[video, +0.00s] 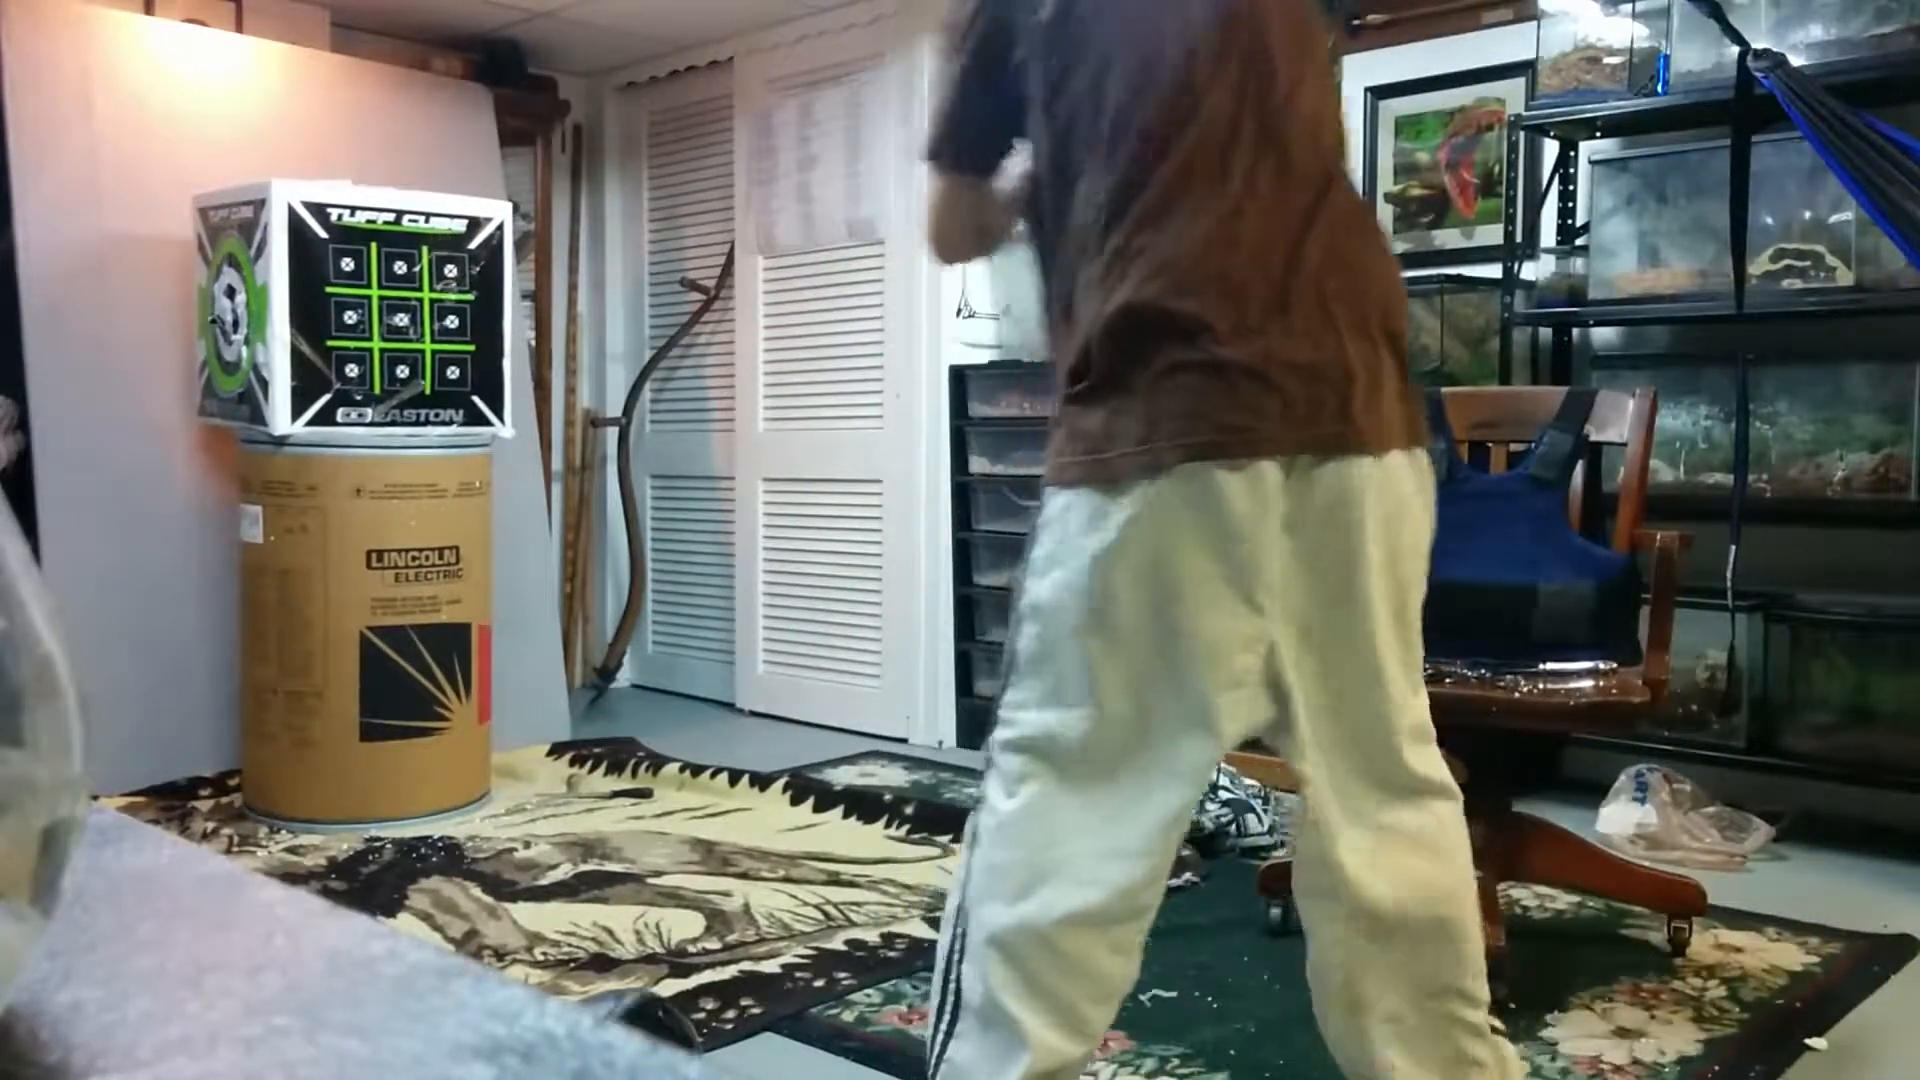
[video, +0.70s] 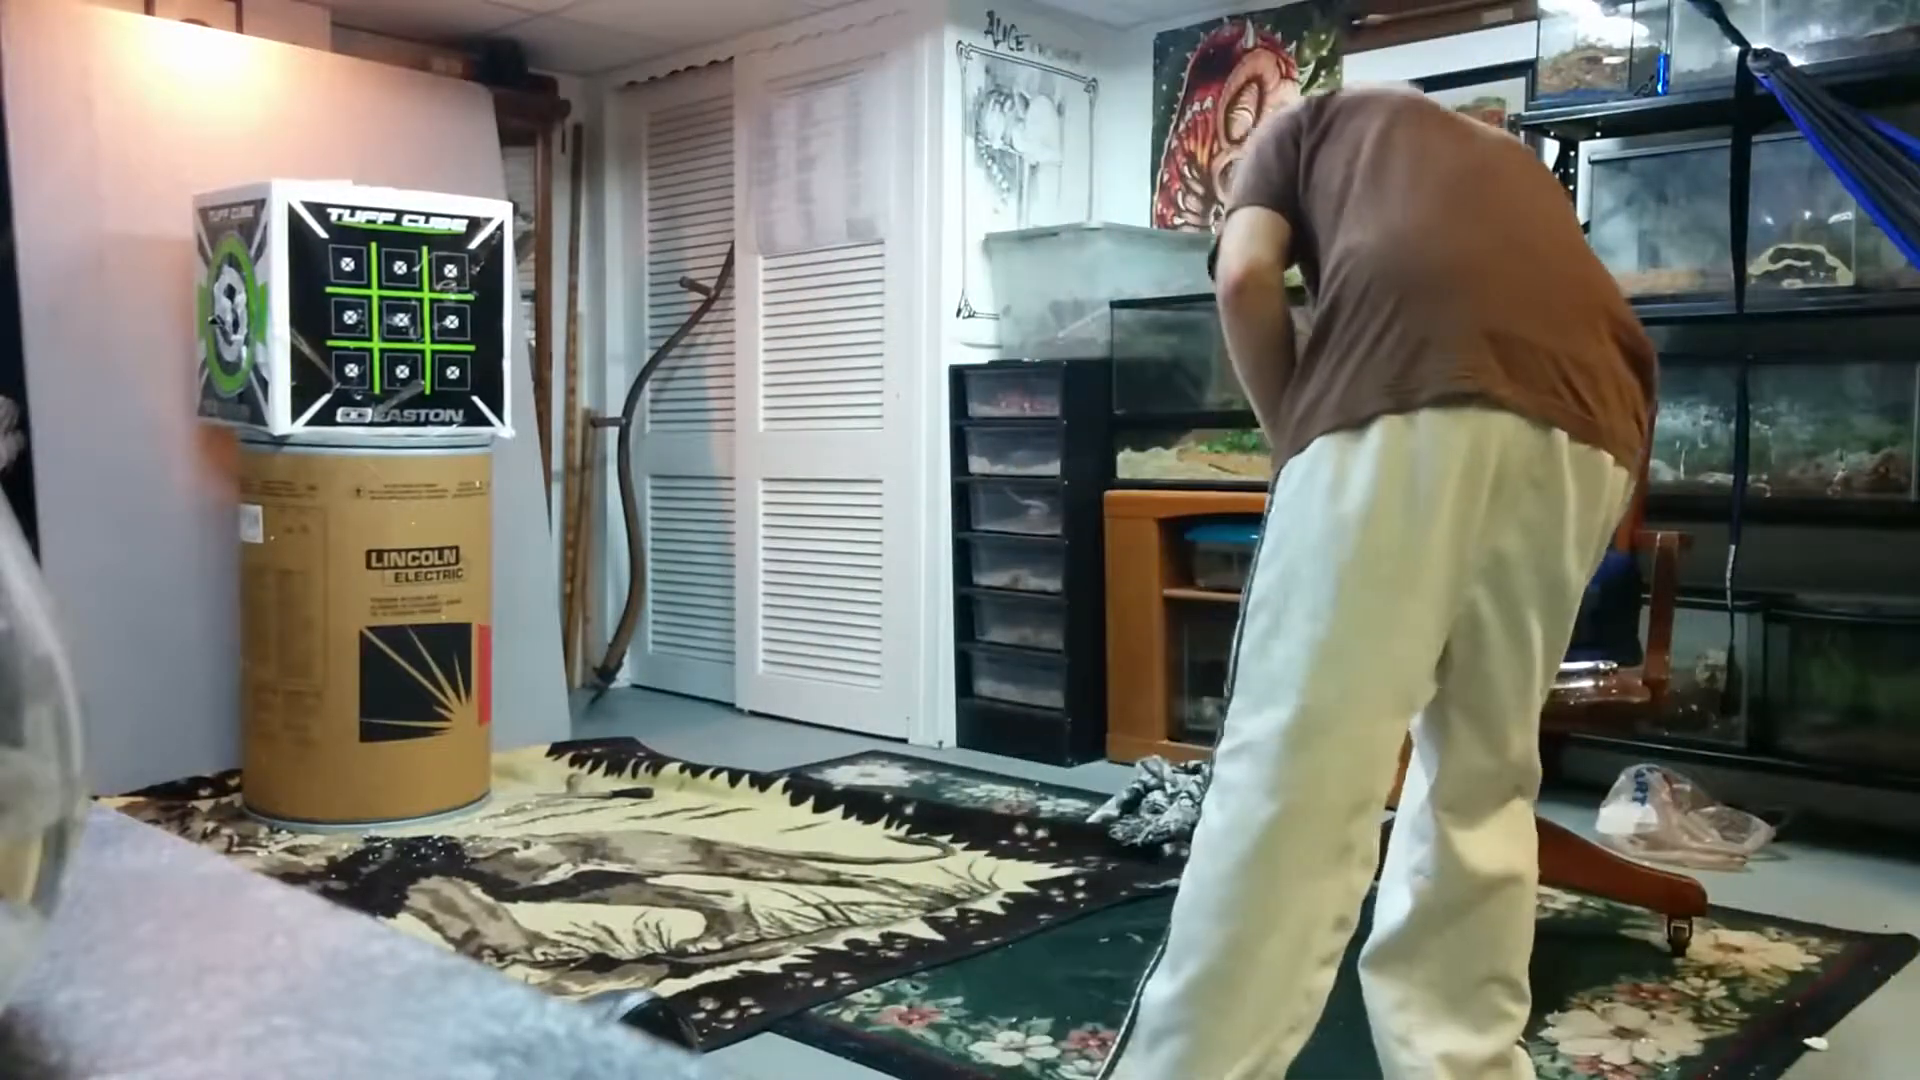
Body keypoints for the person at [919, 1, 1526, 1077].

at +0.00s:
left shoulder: (1022, 8)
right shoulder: (1292, 7)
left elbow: (955, 228)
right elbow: (1490, 6)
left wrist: (1041, 177)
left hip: (1167, 402)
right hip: (1363, 398)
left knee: (1070, 785)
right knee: (1383, 779)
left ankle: (999, 1055)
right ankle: (1444, 1057)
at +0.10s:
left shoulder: (1086, 9)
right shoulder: (1348, 13)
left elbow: (1025, 236)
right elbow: (1499, 2)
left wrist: (1135, 229)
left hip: (1220, 399)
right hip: (1412, 395)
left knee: (1112, 773)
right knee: (1410, 758)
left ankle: (1016, 1056)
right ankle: (1448, 1055)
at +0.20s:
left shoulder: (1151, 7)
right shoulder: (1414, 15)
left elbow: (1091, 231)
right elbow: (1474, 130)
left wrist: (1202, 290)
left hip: (1281, 399)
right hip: (1470, 394)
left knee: (1160, 786)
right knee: (1439, 768)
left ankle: (1045, 1062)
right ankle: (1459, 1059)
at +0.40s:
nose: (1493, 20)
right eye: (1489, 14)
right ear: (1444, 1)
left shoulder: (1240, 23)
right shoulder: (1486, 62)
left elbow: (1191, 234)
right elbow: (1564, 277)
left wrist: (1271, 365)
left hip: (1358, 354)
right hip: (1543, 369)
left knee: (1257, 760)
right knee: (1481, 762)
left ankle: (1158, 1057)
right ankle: (1459, 1055)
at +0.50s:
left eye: (1228, 67)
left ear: (1287, 27)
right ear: (1410, 18)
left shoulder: (1268, 56)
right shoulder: (1500, 99)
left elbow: (1219, 247)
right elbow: (1583, 295)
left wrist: (1286, 396)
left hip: (1379, 367)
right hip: (1563, 389)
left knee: (1284, 761)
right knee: (1490, 761)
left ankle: (1194, 1056)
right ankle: (1462, 1053)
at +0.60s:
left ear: (1327, 55)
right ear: (1427, 67)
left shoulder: (1286, 94)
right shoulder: (1517, 138)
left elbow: (1236, 261)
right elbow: (1609, 330)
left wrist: (1290, 414)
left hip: (1393, 374)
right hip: (1578, 398)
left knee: (1295, 760)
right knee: (1491, 757)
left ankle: (1194, 1058)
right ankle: (1464, 1054)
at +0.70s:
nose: (1242, 152)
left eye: (1242, 134)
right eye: (1232, 148)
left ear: (1285, 95)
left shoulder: (1300, 124)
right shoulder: (1520, 170)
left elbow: (1244, 274)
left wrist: (1293, 436)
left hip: (1403, 388)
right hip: (1591, 411)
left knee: (1298, 761)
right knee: (1484, 771)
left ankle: (1191, 1059)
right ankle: (1465, 1057)